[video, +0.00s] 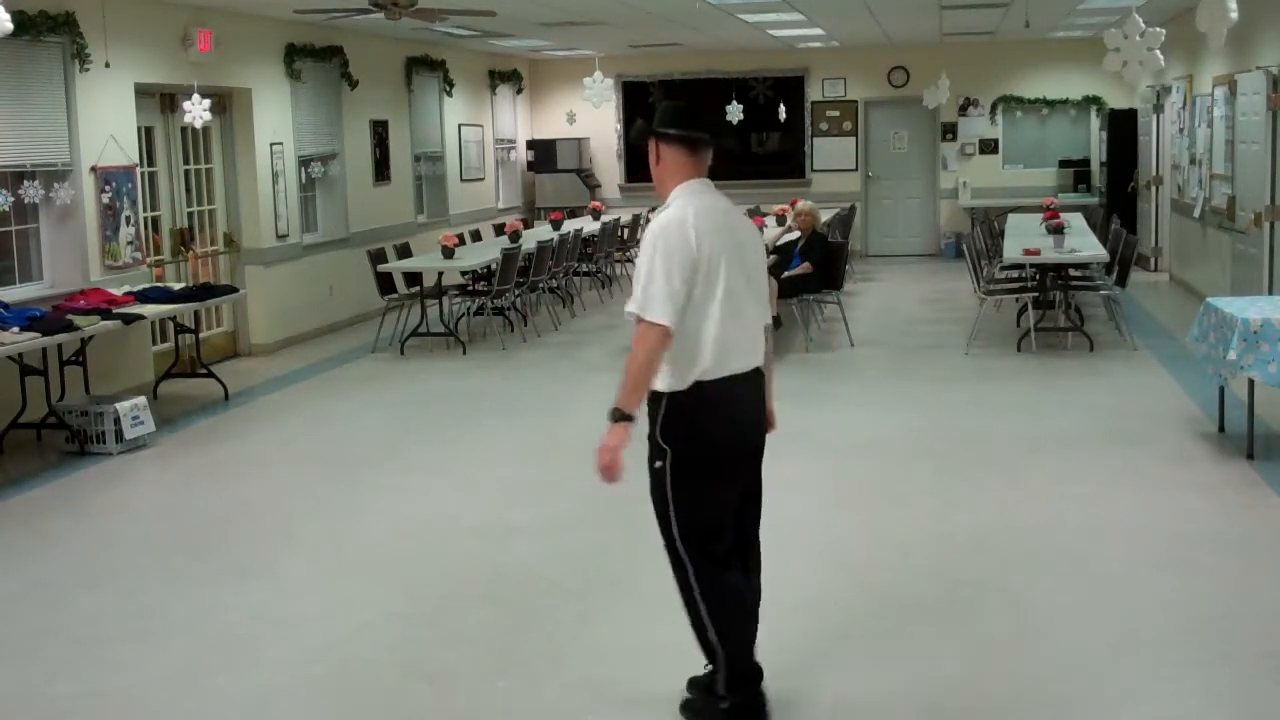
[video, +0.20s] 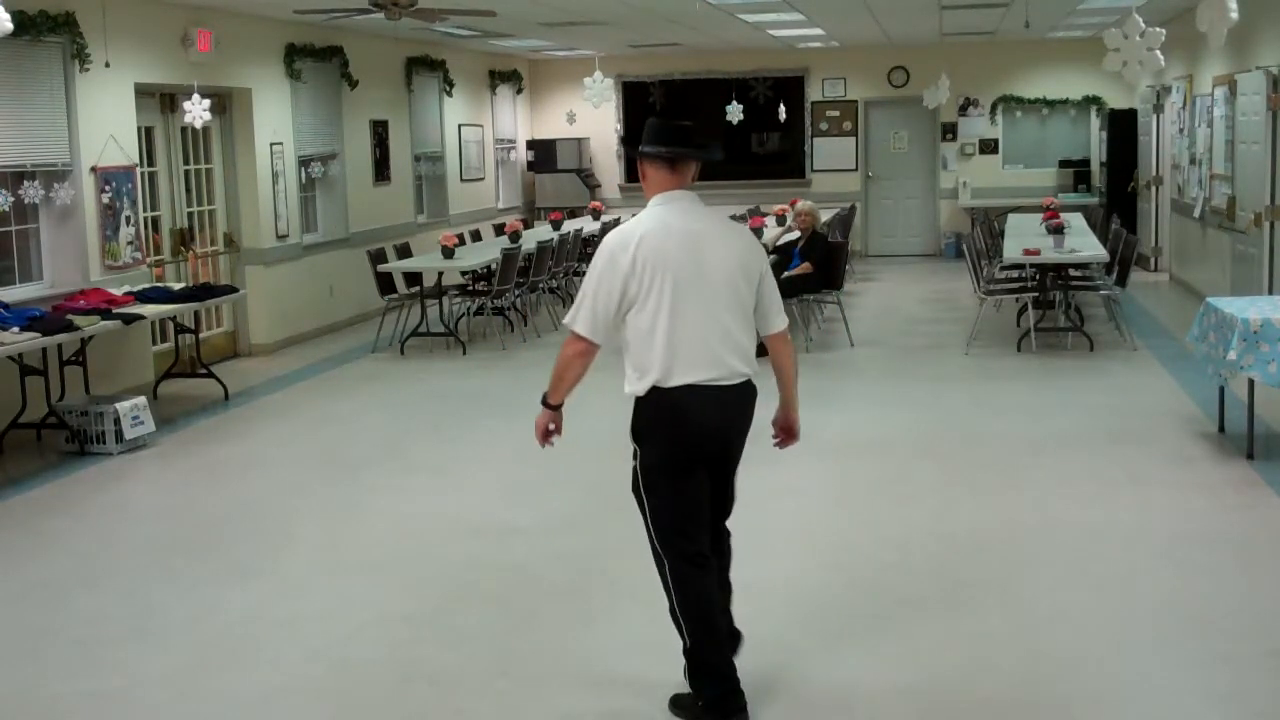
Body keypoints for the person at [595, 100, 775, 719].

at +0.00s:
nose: (650, 165)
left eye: (648, 155)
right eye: (652, 155)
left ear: (656, 154)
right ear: (708, 155)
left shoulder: (671, 226)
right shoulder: (741, 221)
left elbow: (654, 331)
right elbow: (763, 322)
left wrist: (619, 422)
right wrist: (765, 392)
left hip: (688, 406)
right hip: (743, 398)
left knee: (692, 544)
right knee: (737, 536)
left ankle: (737, 688)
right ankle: (733, 668)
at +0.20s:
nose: (644, 175)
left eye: (641, 166)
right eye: (664, 167)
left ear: (642, 169)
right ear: (695, 169)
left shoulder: (627, 241)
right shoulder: (739, 237)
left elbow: (583, 340)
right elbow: (776, 332)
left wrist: (552, 402)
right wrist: (789, 403)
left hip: (667, 410)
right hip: (735, 403)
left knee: (681, 552)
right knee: (713, 527)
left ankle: (718, 697)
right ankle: (719, 636)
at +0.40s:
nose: (631, 176)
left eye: (629, 168)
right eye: (643, 166)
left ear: (631, 171)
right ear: (681, 169)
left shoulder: (607, 241)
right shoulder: (723, 233)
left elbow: (573, 334)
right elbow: (763, 322)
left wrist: (574, 371)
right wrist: (793, 398)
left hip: (640, 403)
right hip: (711, 398)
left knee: (652, 532)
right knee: (696, 525)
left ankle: (702, 667)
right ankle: (674, 644)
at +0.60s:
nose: (647, 166)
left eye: (626, 157)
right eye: (659, 156)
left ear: (616, 160)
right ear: (667, 160)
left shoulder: (587, 230)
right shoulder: (704, 218)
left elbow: (585, 322)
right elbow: (737, 299)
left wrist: (625, 356)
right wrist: (778, 372)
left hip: (619, 388)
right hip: (693, 384)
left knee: (611, 497)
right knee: (689, 513)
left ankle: (626, 627)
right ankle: (677, 649)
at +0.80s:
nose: (647, 183)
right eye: (649, 176)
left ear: (601, 178)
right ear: (651, 178)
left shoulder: (572, 243)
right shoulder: (673, 231)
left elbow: (568, 324)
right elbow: (705, 311)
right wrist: (749, 373)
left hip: (602, 395)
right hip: (671, 388)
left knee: (597, 499)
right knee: (685, 515)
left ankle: (583, 593)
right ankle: (676, 651)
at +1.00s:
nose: (633, 172)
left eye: (628, 163)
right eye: (631, 164)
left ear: (584, 166)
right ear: (623, 167)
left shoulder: (550, 224)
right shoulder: (632, 218)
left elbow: (539, 301)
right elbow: (647, 295)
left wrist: (579, 336)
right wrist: (690, 362)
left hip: (566, 369)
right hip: (626, 366)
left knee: (575, 484)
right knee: (649, 492)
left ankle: (579, 593)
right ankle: (647, 622)